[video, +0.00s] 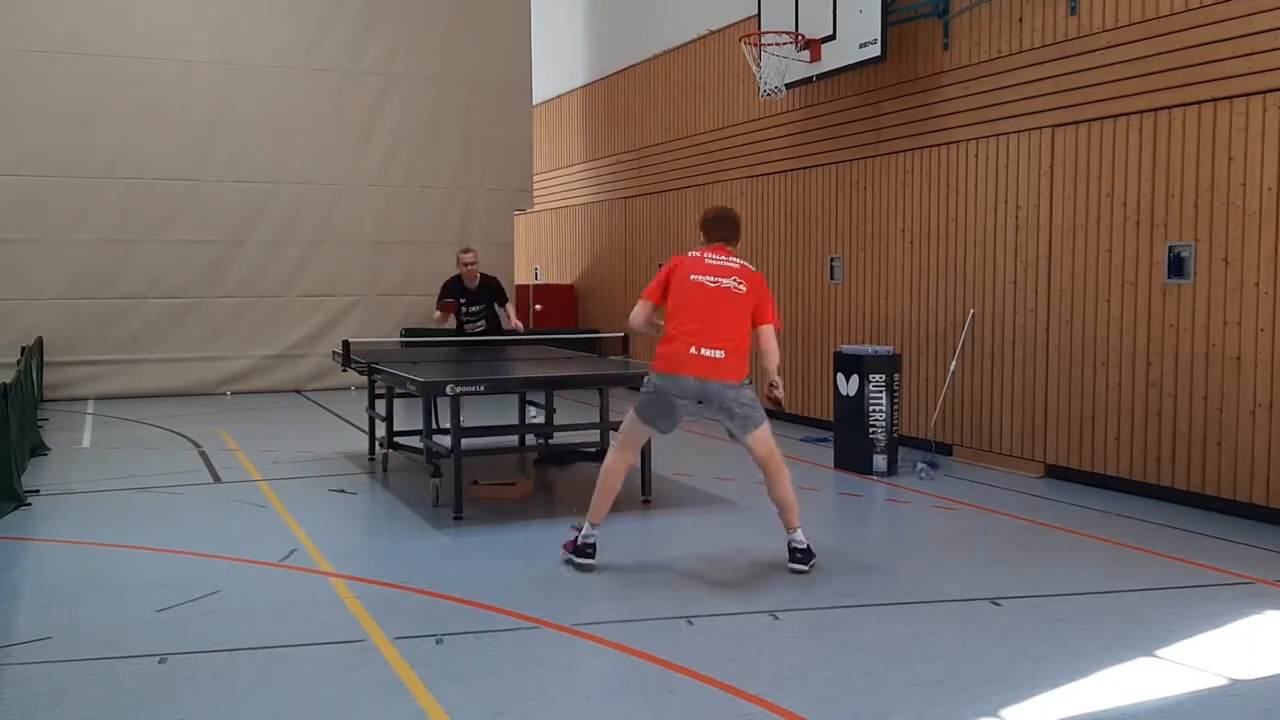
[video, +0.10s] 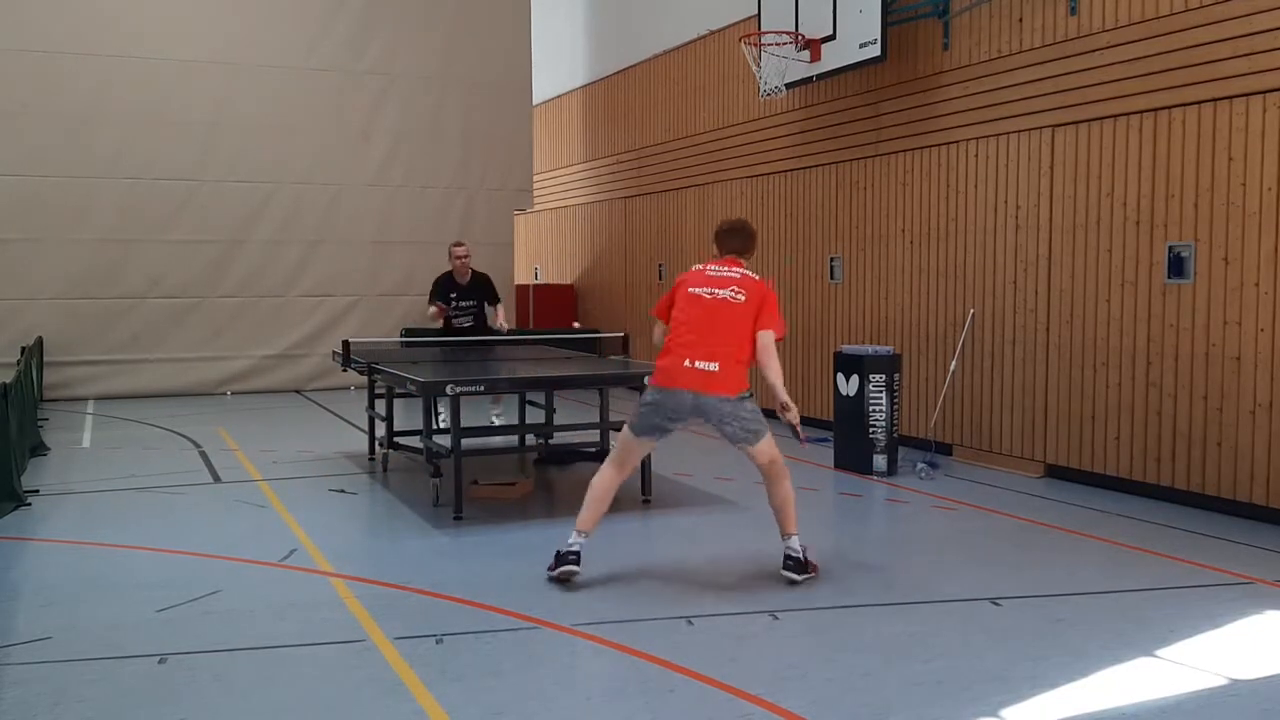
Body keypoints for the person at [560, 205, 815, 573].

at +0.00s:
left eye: (701, 236)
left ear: (701, 236)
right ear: (738, 239)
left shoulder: (678, 264)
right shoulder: (753, 277)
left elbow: (637, 320)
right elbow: (768, 348)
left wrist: (662, 327)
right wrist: (773, 377)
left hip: (671, 375)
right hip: (728, 380)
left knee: (624, 449)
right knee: (770, 460)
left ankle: (586, 537)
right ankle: (798, 543)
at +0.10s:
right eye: (751, 251)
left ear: (717, 249)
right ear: (753, 251)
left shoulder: (688, 277)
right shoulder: (761, 288)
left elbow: (659, 333)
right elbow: (765, 346)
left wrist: (682, 368)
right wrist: (781, 394)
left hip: (669, 385)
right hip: (725, 391)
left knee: (617, 464)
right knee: (772, 465)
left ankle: (572, 549)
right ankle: (794, 552)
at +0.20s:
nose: (764, 284)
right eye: (765, 278)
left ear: (728, 272)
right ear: (762, 279)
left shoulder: (699, 296)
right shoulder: (760, 307)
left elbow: (697, 356)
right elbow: (752, 367)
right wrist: (781, 425)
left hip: (663, 406)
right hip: (720, 412)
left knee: (608, 485)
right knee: (782, 466)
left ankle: (562, 558)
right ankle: (797, 555)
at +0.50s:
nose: (792, 323)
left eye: (793, 316)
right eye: (794, 317)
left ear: (759, 299)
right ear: (791, 313)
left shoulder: (721, 313)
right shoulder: (766, 331)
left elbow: (690, 368)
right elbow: (732, 386)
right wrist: (759, 443)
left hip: (648, 410)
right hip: (698, 415)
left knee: (599, 489)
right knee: (783, 459)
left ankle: (543, 552)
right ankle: (796, 559)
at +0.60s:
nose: (798, 322)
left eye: (799, 314)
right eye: (799, 314)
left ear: (765, 300)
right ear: (793, 310)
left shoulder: (725, 313)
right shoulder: (775, 336)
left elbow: (667, 333)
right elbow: (755, 406)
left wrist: (654, 360)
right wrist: (797, 457)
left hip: (659, 410)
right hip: (713, 419)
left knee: (600, 488)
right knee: (786, 463)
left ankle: (540, 553)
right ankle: (795, 559)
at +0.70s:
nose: (798, 305)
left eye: (800, 298)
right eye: (800, 297)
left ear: (764, 282)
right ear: (792, 291)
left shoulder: (721, 293)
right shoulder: (788, 326)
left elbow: (654, 313)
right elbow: (792, 403)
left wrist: (658, 326)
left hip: (678, 403)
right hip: (735, 413)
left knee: (613, 484)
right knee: (788, 464)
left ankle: (545, 552)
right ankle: (796, 555)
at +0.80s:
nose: (794, 270)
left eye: (794, 265)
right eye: (795, 264)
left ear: (757, 255)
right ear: (792, 264)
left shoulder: (729, 272)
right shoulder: (796, 298)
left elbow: (662, 287)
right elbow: (803, 342)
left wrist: (671, 277)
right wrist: (782, 315)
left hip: (702, 387)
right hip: (758, 398)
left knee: (636, 471)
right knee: (789, 467)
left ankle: (568, 549)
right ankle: (797, 556)